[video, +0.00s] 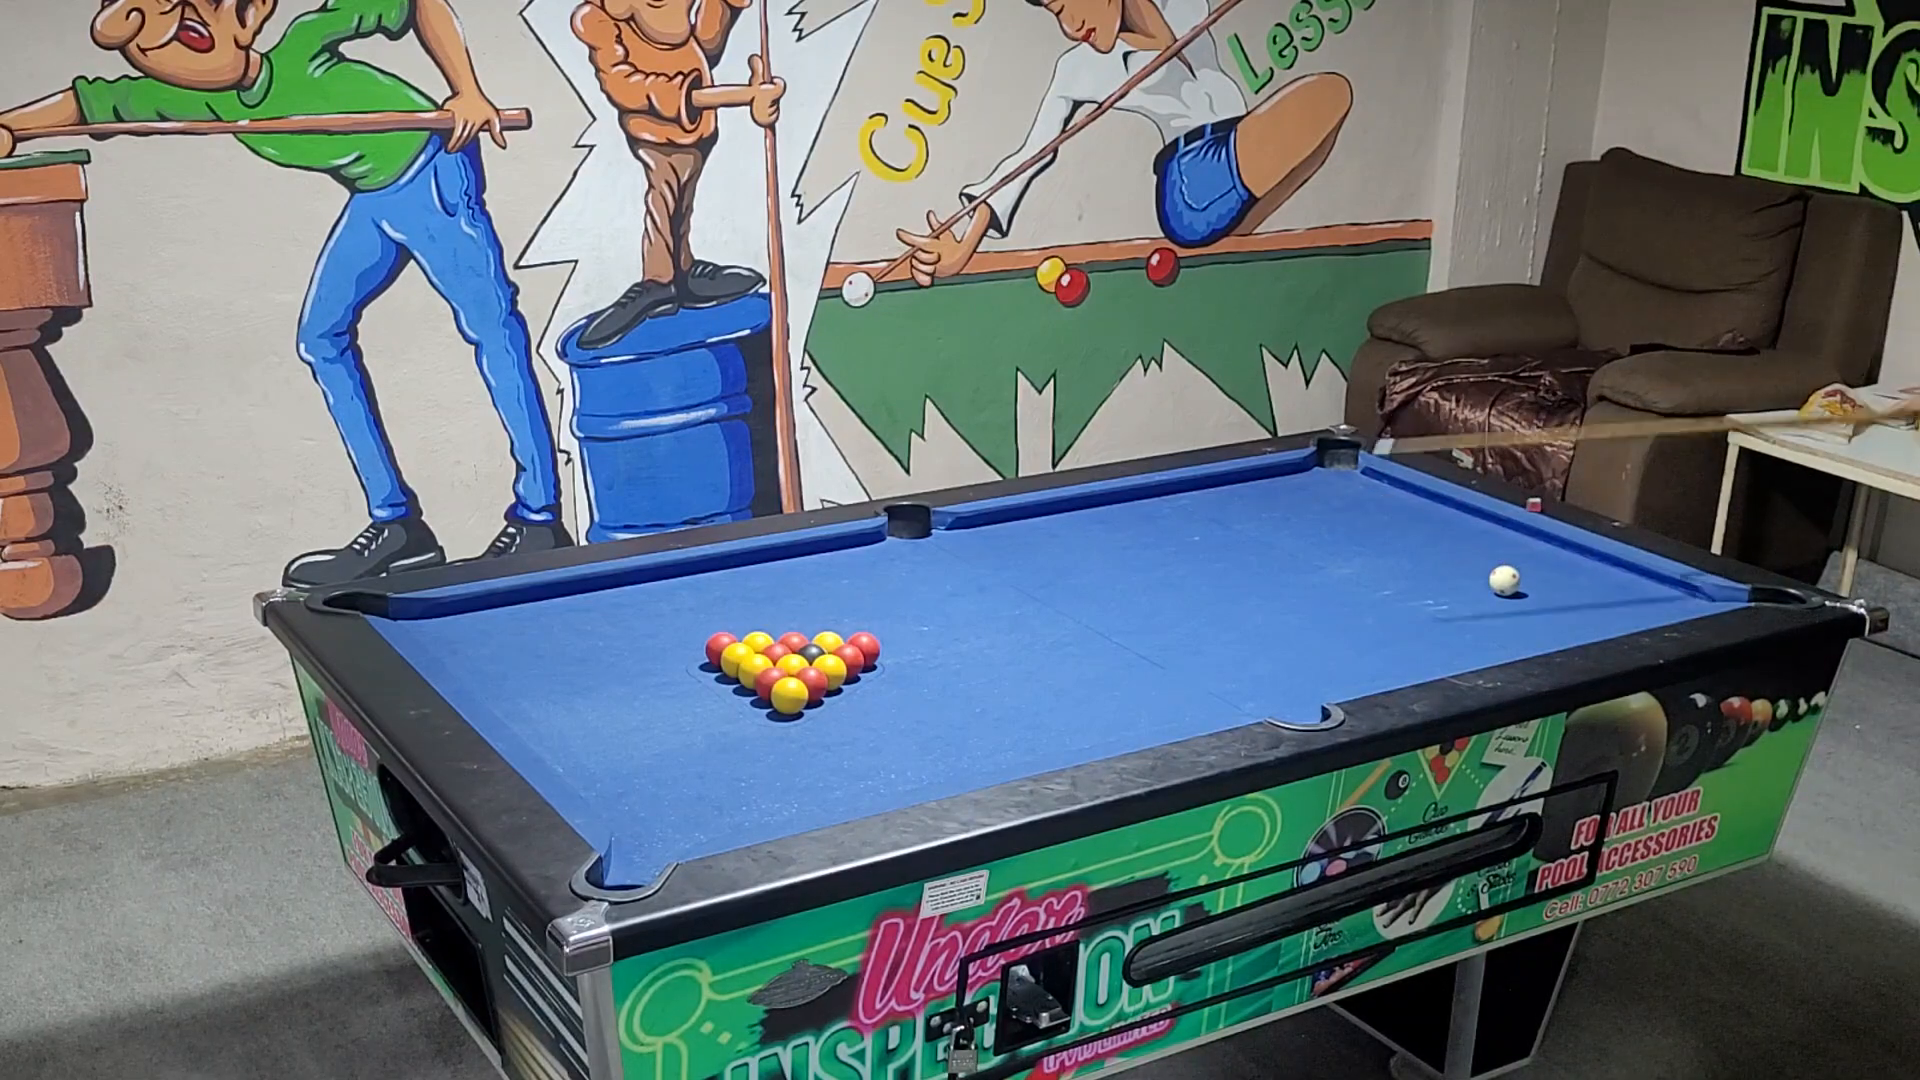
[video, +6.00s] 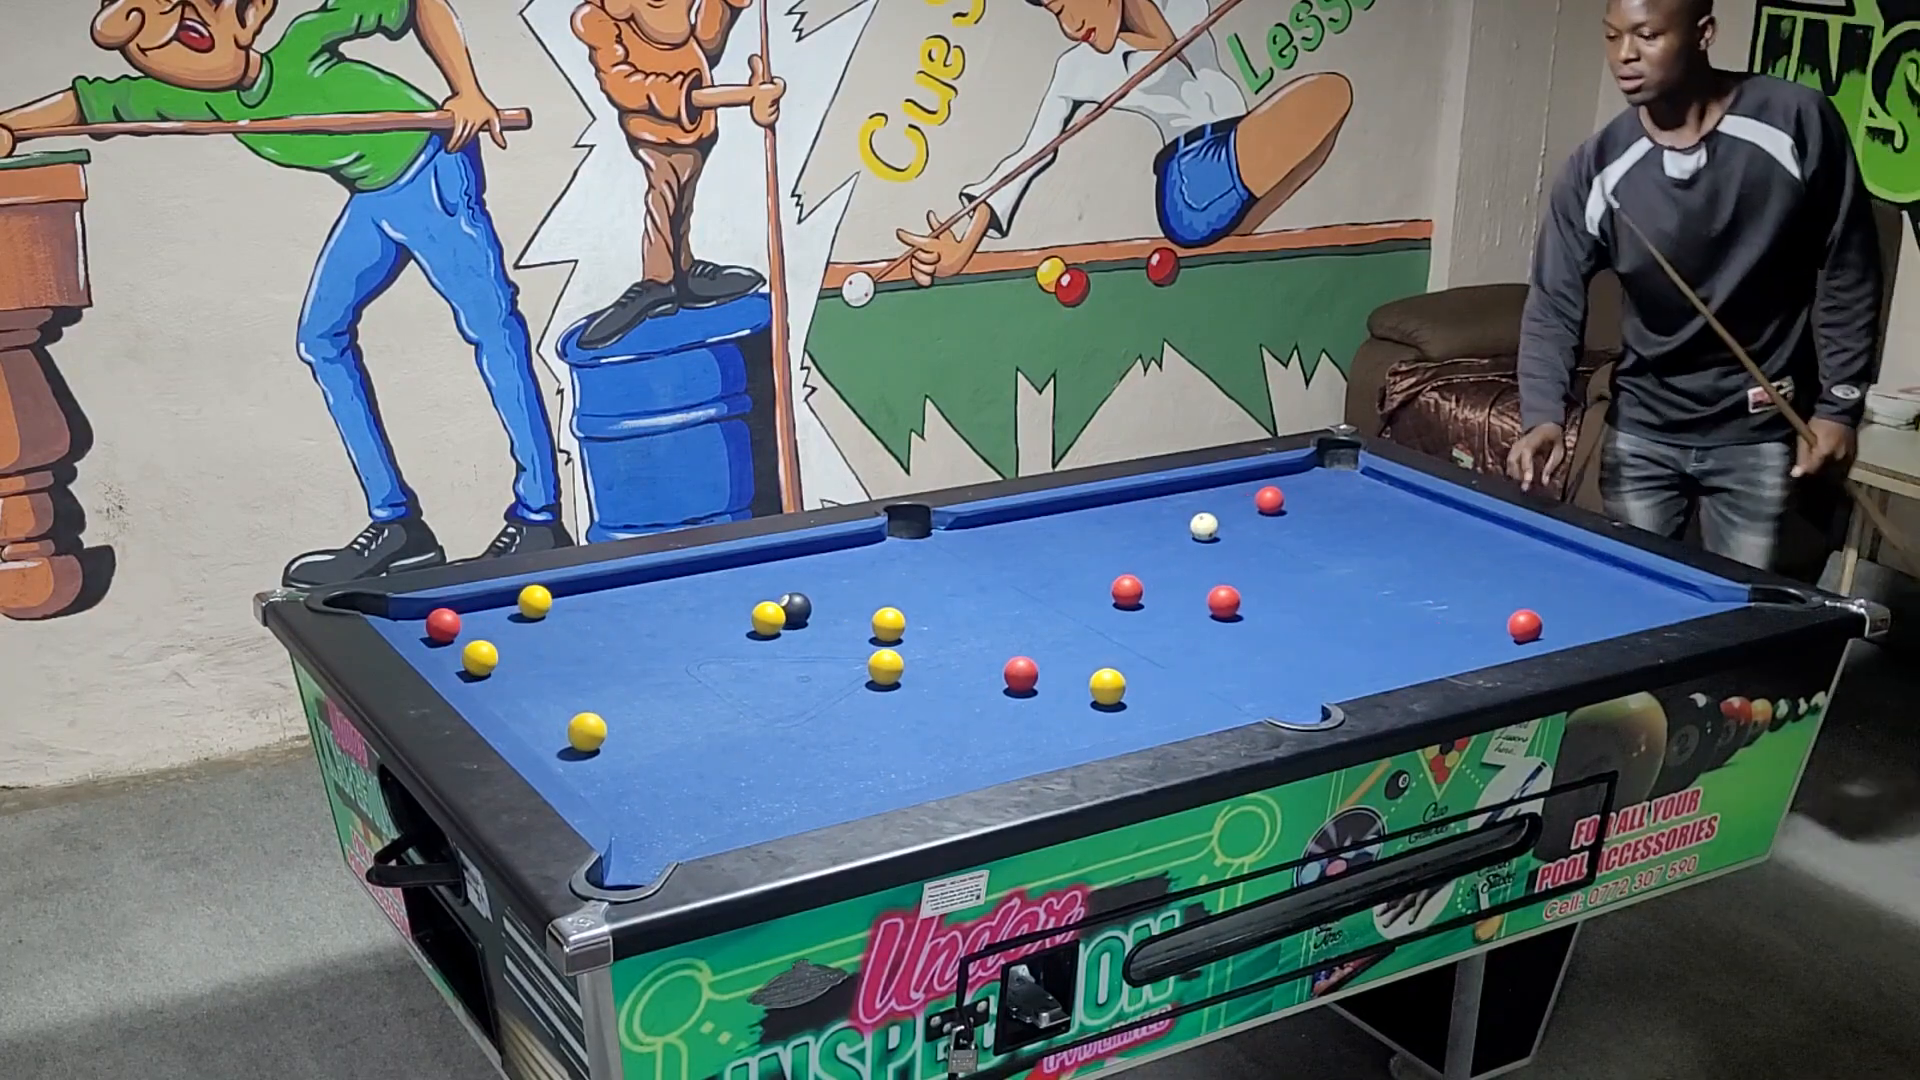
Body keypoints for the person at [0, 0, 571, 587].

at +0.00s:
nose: (207, 53)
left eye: (200, 39)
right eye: (190, 54)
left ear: (224, 20)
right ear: (183, 74)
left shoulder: (300, 37)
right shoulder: (213, 99)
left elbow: (418, 4)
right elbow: (90, 101)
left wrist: (467, 87)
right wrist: (9, 124)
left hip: (426, 166)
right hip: (369, 199)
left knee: (492, 330)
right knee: (322, 338)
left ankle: (541, 517)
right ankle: (397, 523)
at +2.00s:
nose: (207, 57)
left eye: (200, 42)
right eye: (191, 56)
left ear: (228, 22)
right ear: (185, 74)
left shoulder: (300, 37)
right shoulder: (213, 98)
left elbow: (419, 4)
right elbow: (90, 101)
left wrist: (467, 87)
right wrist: (9, 124)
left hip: (426, 165)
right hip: (369, 199)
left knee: (492, 329)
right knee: (322, 337)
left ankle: (540, 516)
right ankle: (397, 522)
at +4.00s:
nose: (208, 60)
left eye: (201, 44)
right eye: (190, 60)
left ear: (228, 24)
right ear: (185, 74)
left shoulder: (300, 37)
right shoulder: (211, 97)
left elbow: (418, 4)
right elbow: (90, 101)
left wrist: (467, 87)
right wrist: (9, 124)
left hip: (426, 165)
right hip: (369, 199)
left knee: (492, 329)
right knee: (322, 337)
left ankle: (541, 517)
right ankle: (397, 522)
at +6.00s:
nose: (205, 56)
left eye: (198, 42)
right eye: (189, 57)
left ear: (226, 21)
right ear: (184, 74)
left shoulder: (300, 37)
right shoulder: (212, 98)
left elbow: (418, 3)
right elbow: (91, 100)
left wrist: (466, 87)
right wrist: (11, 123)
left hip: (426, 165)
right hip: (369, 198)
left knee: (491, 327)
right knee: (322, 337)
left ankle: (541, 518)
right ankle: (397, 522)